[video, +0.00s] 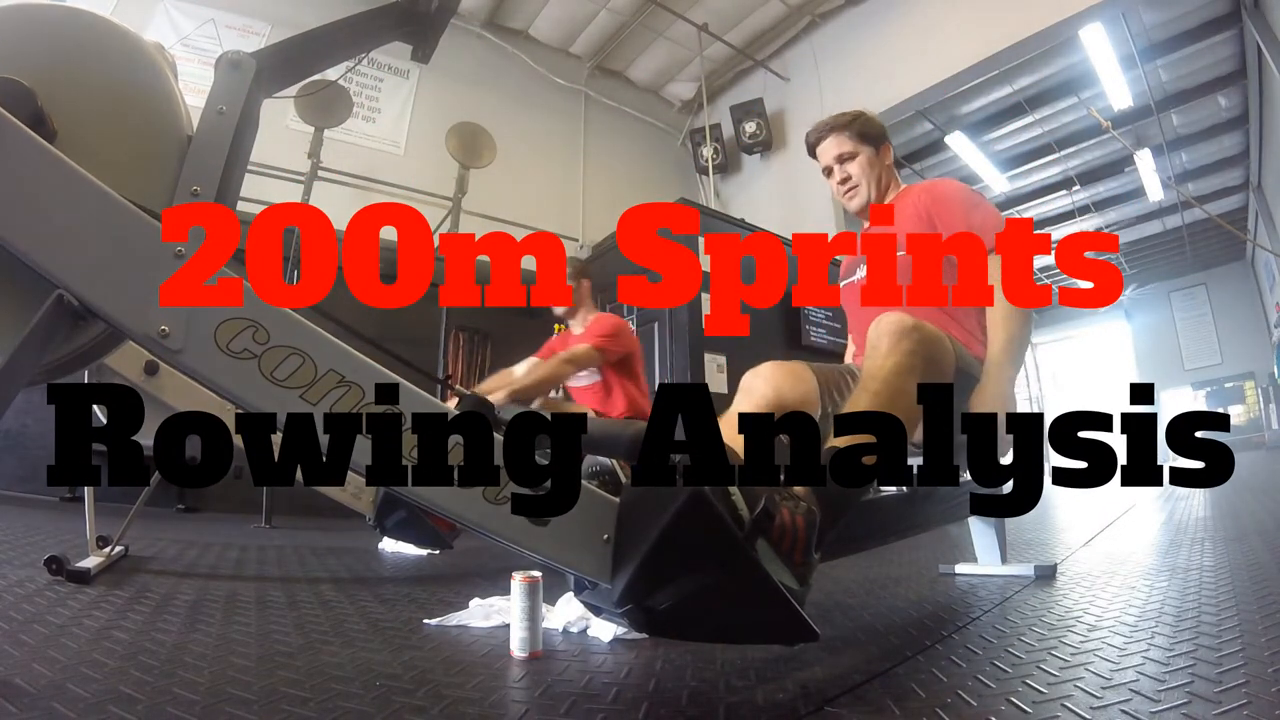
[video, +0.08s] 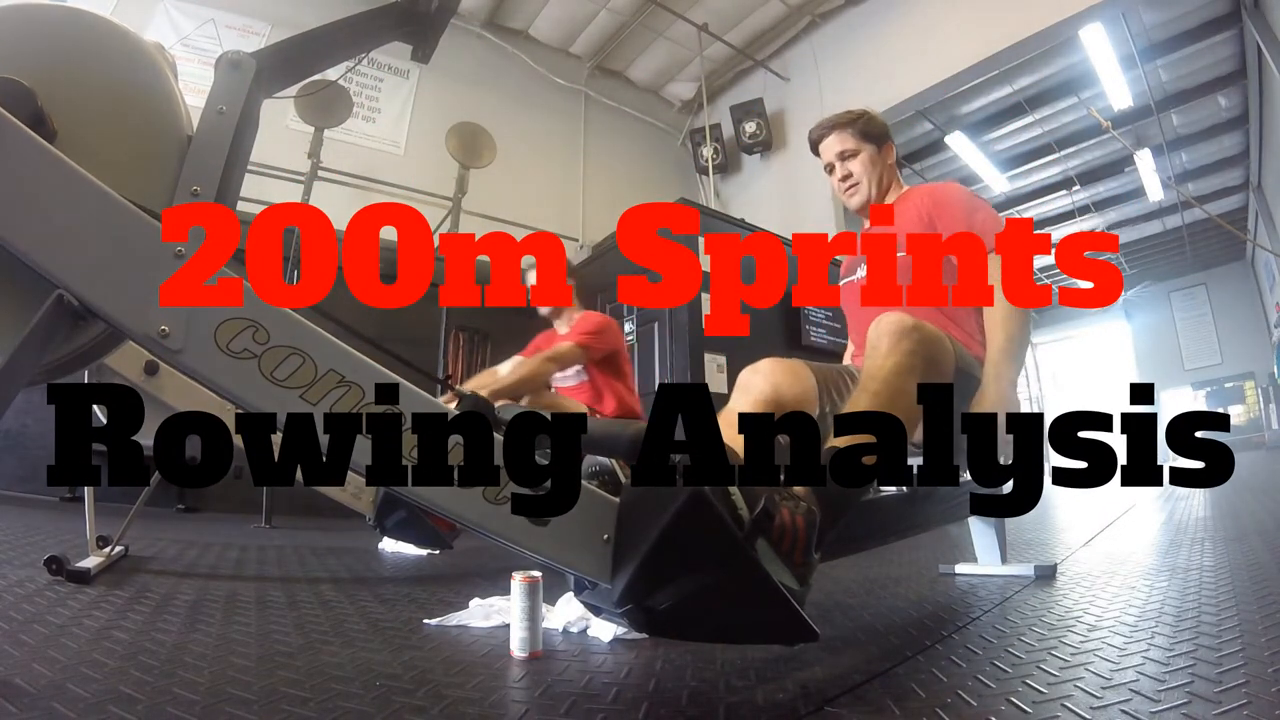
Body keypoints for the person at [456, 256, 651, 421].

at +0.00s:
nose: (554, 295)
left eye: (563, 285)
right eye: (551, 287)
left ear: (585, 286)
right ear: (545, 293)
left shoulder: (613, 326)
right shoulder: (563, 340)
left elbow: (572, 363)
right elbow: (518, 372)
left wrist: (510, 394)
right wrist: (473, 395)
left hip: (630, 430)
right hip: (592, 430)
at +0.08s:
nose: (534, 294)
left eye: (540, 286)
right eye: (531, 288)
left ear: (568, 284)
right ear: (528, 291)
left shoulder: (598, 324)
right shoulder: (547, 339)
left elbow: (551, 363)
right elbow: (505, 371)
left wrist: (485, 396)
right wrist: (460, 393)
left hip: (616, 426)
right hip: (573, 420)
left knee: (533, 395)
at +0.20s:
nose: (503, 294)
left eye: (511, 282)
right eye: (501, 285)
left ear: (532, 281)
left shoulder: (569, 321)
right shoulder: (517, 337)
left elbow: (514, 361)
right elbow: (488, 365)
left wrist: (452, 385)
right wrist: (446, 385)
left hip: (596, 419)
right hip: (547, 414)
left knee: (513, 386)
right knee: (485, 392)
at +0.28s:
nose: (485, 295)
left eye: (490, 286)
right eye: (482, 288)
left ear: (517, 280)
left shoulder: (554, 319)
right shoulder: (504, 336)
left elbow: (497, 361)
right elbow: (472, 367)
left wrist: (426, 388)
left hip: (584, 413)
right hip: (539, 412)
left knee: (510, 383)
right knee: (472, 384)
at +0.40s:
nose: (458, 293)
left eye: (465, 282)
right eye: (457, 284)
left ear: (487, 280)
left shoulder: (527, 316)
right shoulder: (474, 335)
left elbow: (468, 360)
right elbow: (445, 365)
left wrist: (404, 382)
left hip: (561, 411)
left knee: (494, 374)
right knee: (445, 378)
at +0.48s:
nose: (442, 297)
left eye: (445, 287)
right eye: (439, 290)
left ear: (477, 279)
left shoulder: (514, 315)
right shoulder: (463, 333)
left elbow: (450, 358)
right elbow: (434, 363)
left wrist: (390, 379)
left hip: (552, 411)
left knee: (484, 370)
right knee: (426, 379)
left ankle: (467, 451)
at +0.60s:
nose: (427, 293)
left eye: (435, 282)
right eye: (428, 284)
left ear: (462, 282)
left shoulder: (497, 312)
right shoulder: (451, 327)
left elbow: (430, 353)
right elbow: (416, 357)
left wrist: (371, 377)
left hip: (539, 410)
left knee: (470, 366)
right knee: (420, 370)